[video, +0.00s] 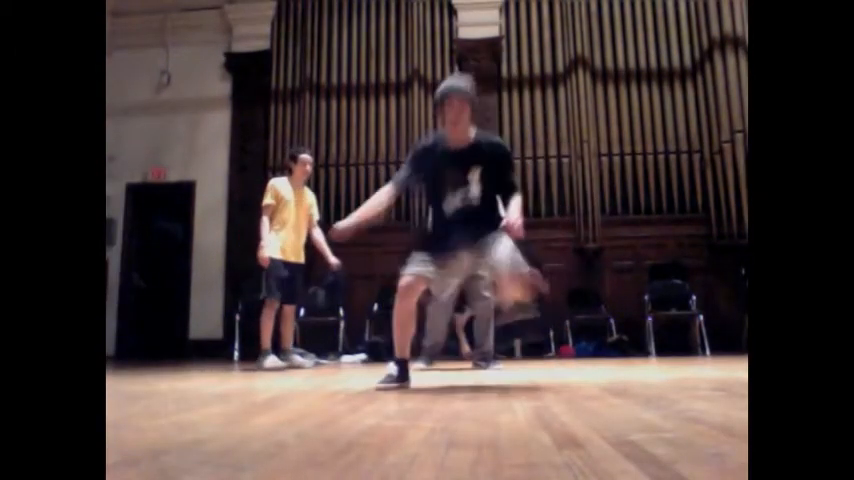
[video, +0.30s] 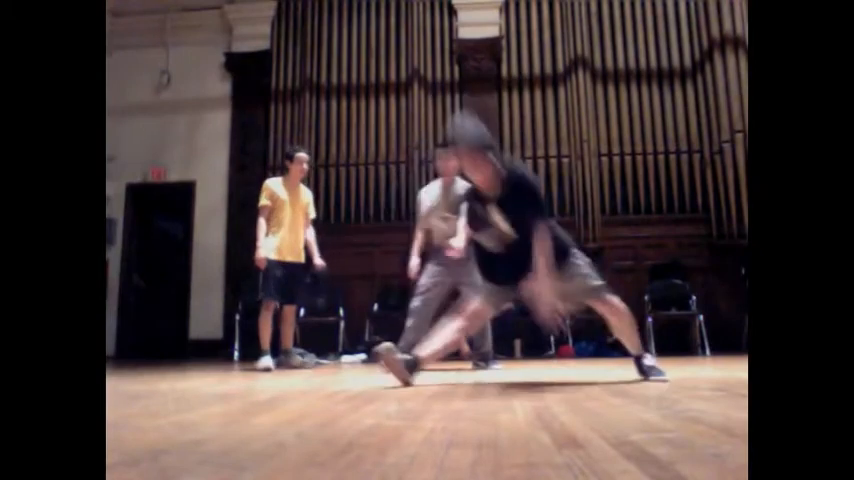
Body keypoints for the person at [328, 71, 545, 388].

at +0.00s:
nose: (452, 113)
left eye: (459, 106)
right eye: (447, 106)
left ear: (470, 109)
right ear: (440, 111)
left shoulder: (494, 150)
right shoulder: (427, 152)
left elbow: (511, 192)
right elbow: (391, 190)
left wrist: (514, 214)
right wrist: (352, 220)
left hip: (488, 239)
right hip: (443, 243)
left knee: (514, 289)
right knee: (407, 287)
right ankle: (400, 367)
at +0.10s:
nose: (452, 124)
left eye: (456, 116)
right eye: (445, 117)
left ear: (467, 117)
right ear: (436, 121)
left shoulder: (495, 152)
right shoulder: (426, 162)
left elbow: (517, 196)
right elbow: (389, 196)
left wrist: (513, 224)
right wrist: (354, 221)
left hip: (494, 249)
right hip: (448, 254)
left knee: (534, 292)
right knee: (411, 287)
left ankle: (585, 321)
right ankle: (399, 368)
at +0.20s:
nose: (453, 146)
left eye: (457, 137)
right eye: (448, 140)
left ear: (472, 134)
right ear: (445, 142)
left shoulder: (502, 161)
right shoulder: (448, 176)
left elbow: (532, 209)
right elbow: (441, 218)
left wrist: (525, 256)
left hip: (524, 253)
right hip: (479, 263)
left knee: (585, 297)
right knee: (442, 301)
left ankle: (636, 354)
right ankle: (404, 362)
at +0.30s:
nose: (472, 169)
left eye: (475, 161)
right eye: (467, 164)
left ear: (489, 156)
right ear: (461, 165)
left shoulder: (522, 185)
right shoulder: (471, 199)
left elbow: (541, 237)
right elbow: (469, 233)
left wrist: (545, 289)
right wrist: (461, 243)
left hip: (553, 261)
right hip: (503, 273)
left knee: (610, 305)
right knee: (466, 317)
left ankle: (642, 358)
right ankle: (413, 361)